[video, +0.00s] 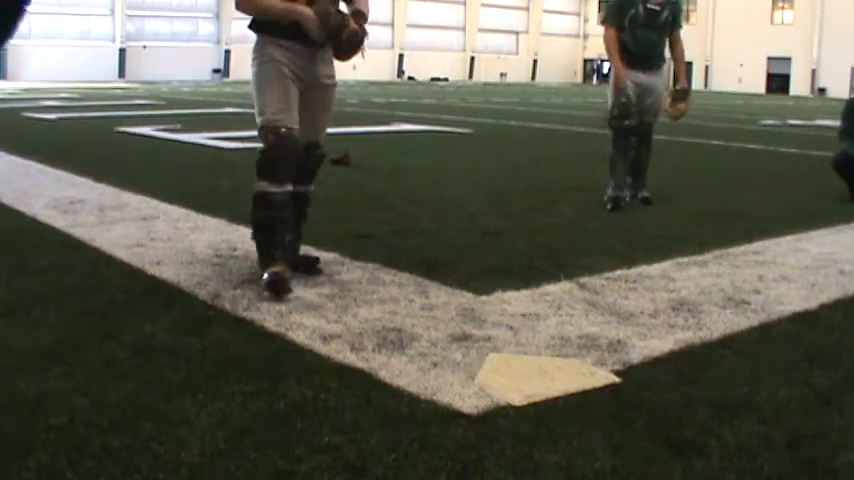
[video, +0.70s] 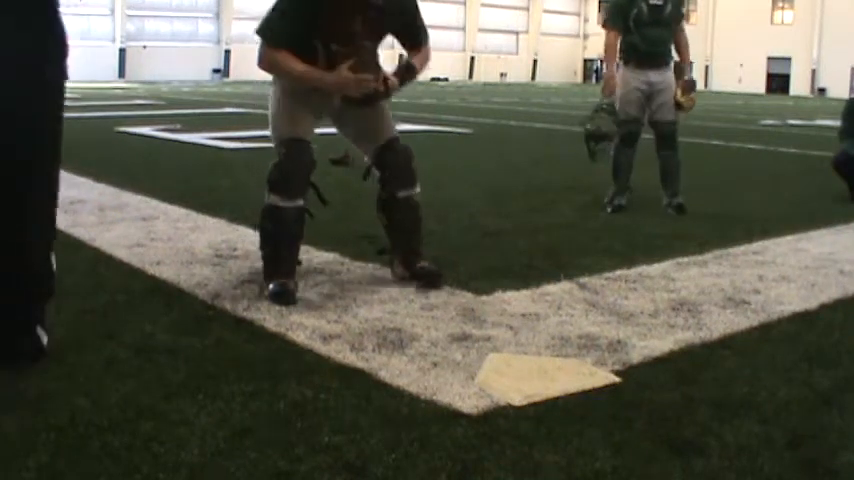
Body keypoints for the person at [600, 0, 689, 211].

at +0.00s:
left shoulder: (673, 4)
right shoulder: (621, 3)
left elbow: (675, 39)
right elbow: (610, 33)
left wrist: (682, 80)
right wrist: (619, 73)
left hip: (656, 74)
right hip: (625, 71)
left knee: (645, 134)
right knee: (621, 132)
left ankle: (640, 187)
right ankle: (617, 189)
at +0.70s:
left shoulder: (673, 4)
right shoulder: (622, 4)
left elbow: (678, 33)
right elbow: (612, 35)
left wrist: (686, 73)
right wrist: (609, 75)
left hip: (663, 73)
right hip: (631, 73)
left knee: (667, 137)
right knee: (627, 136)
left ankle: (672, 196)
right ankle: (619, 193)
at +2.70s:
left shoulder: (651, 3)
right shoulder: (601, 4)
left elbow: (665, 28)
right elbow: (590, 39)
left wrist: (675, 60)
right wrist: (584, 76)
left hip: (645, 75)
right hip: (613, 74)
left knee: (650, 135)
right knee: (617, 135)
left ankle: (656, 193)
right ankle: (618, 188)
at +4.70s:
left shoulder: (653, 4)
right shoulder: (603, 5)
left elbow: (666, 29)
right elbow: (594, 39)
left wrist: (679, 61)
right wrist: (589, 75)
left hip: (645, 73)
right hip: (613, 73)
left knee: (651, 133)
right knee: (617, 134)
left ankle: (655, 193)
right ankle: (618, 188)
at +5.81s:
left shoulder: (651, 3)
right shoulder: (601, 6)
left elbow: (665, 27)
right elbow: (591, 34)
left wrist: (679, 61)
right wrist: (590, 75)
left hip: (645, 73)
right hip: (611, 72)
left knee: (651, 134)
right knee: (617, 133)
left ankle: (656, 193)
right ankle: (618, 188)